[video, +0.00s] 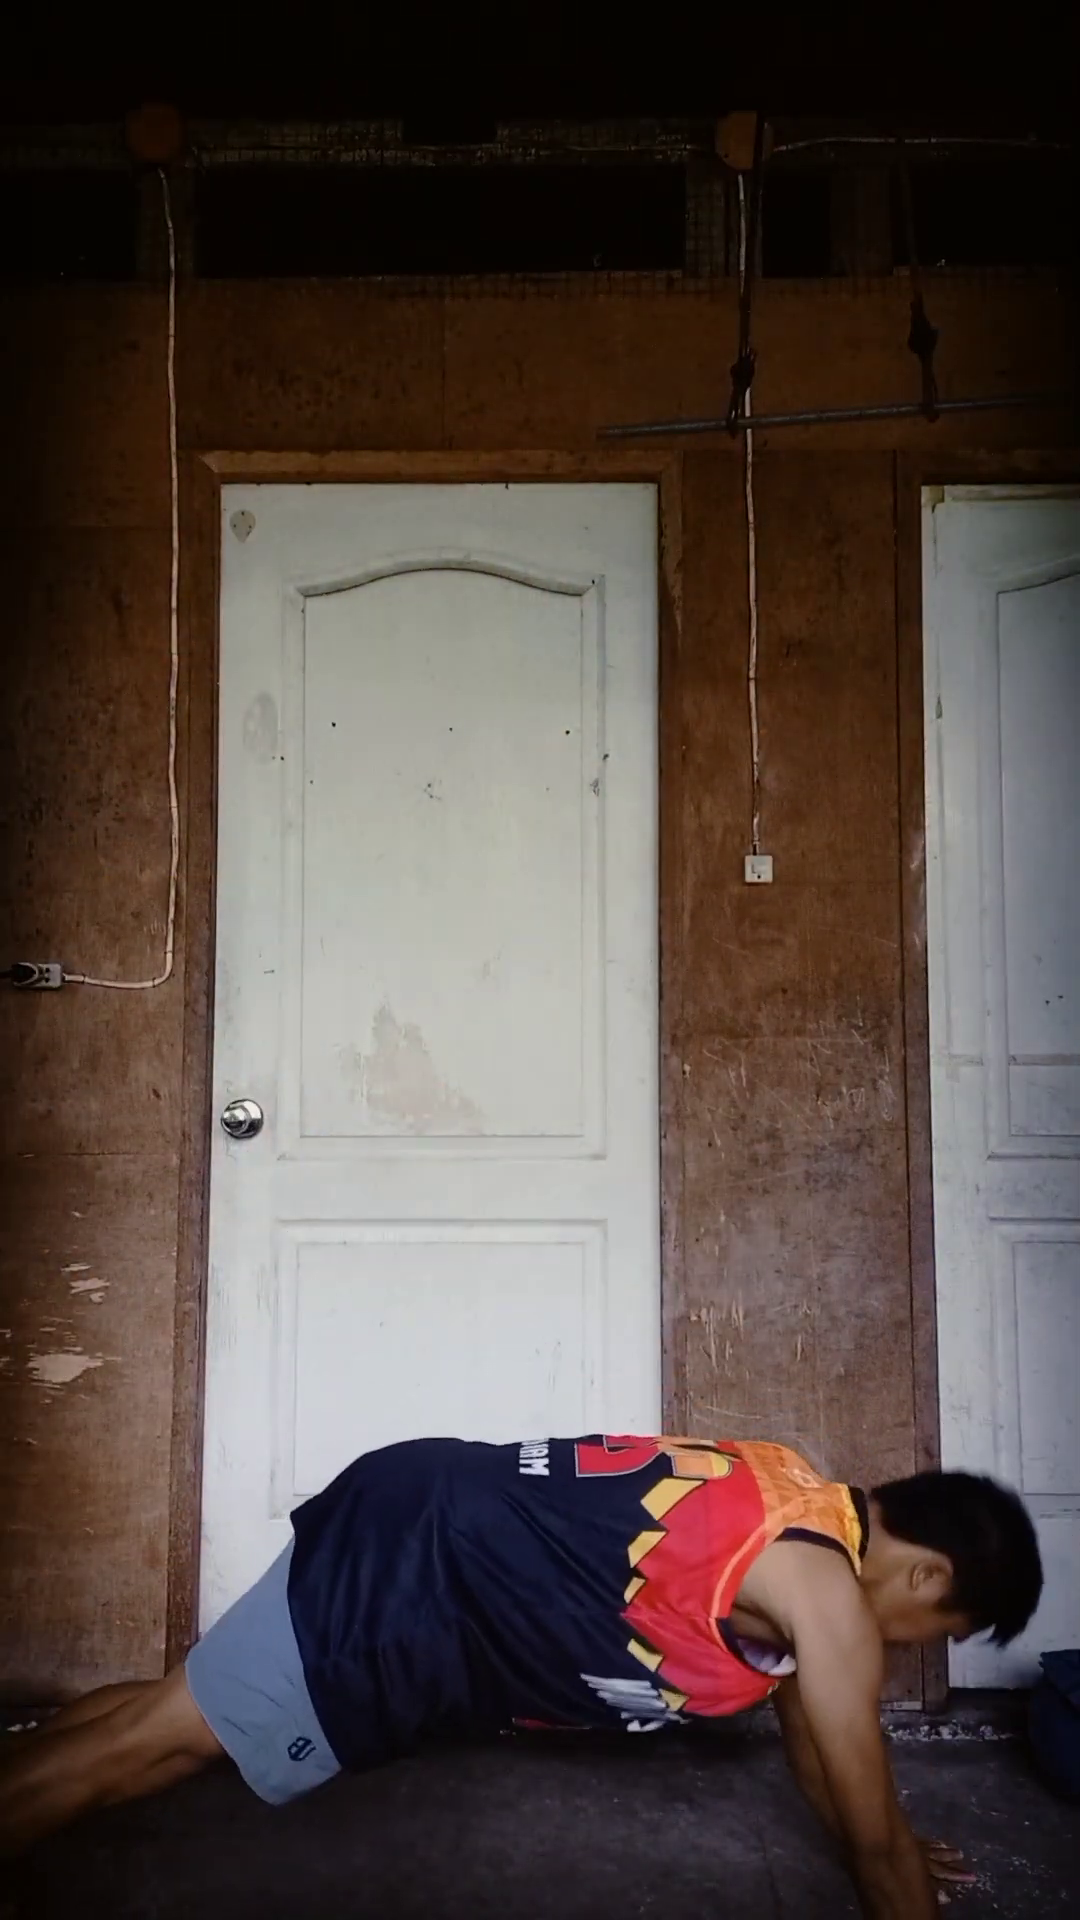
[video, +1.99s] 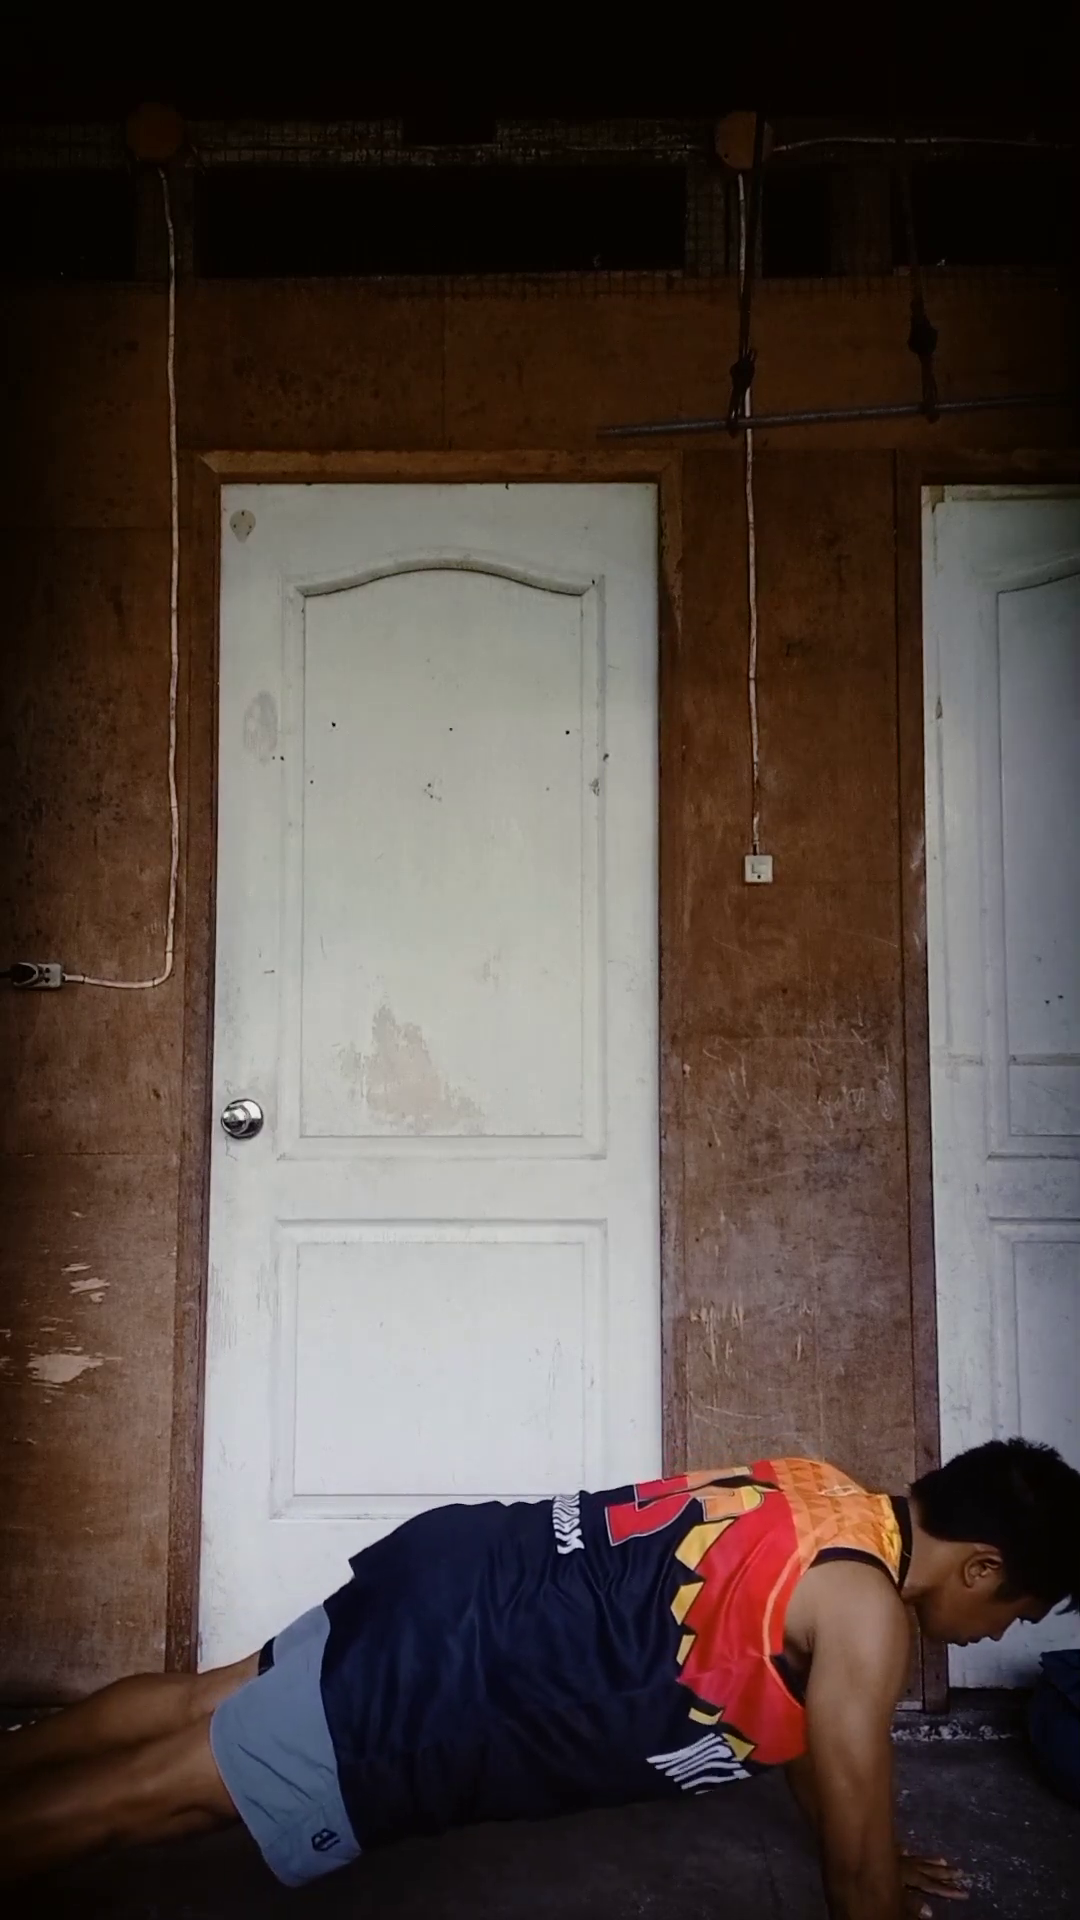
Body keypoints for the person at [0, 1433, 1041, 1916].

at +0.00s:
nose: (921, 1648)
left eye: (943, 1636)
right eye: (943, 1627)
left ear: (901, 1513)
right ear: (925, 1571)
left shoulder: (792, 1483)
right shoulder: (824, 1606)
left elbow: (808, 1720)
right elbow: (869, 1831)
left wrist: (882, 1836)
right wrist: (913, 1890)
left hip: (405, 1500)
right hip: (405, 1572)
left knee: (145, 1713)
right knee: (120, 1758)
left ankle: (35, 1763)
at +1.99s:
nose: (995, 1632)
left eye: (1017, 1615)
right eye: (1012, 1609)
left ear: (945, 1500)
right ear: (974, 1561)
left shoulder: (825, 1487)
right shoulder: (860, 1621)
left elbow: (798, 1705)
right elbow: (866, 1879)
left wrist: (866, 1847)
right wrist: (905, 1889)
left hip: (459, 1561)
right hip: (454, 1671)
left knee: (205, 1696)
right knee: (155, 1796)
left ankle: (4, 1766)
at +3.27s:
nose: (1059, 1742)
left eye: (1071, 1726)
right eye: (1071, 1721)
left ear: (1004, 1610)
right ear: (1055, 1692)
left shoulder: (884, 1588)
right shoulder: (932, 1728)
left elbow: (755, 1725)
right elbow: (834, 1906)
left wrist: (867, 1844)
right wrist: (904, 1885)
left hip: (520, 1651)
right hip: (511, 1778)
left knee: (228, 1747)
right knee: (185, 1853)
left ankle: (11, 1759)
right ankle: (11, 1860)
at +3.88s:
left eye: (1033, 1683)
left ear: (1040, 1690)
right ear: (1076, 1758)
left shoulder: (957, 1719)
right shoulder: (1015, 1828)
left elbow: (799, 1684)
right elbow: (855, 1901)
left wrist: (873, 1770)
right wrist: (886, 1791)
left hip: (588, 1729)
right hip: (589, 1843)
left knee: (310, 1782)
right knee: (269, 1882)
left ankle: (53, 1757)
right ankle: (37, 1878)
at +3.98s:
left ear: (1046, 1682)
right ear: (1073, 1754)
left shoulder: (945, 1682)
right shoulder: (1002, 1807)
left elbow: (771, 1717)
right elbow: (850, 1901)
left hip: (586, 1703)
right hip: (577, 1834)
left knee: (301, 1761)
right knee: (260, 1868)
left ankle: (46, 1756)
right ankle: (34, 1873)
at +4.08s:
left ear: (1043, 1637)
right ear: (1079, 1714)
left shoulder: (924, 1622)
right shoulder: (992, 1766)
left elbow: (781, 1698)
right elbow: (845, 1897)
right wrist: (947, 1886)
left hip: (577, 1678)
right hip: (569, 1812)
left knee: (295, 1754)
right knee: (238, 1866)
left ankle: (42, 1761)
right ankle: (30, 1867)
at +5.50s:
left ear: (1042, 1652)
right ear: (1078, 1729)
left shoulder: (919, 1637)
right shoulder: (966, 1769)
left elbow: (772, 1711)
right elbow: (844, 1900)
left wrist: (910, 1842)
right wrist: (947, 1879)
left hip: (558, 1690)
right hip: (537, 1815)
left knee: (283, 1762)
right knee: (222, 1869)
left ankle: (26, 1759)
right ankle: (20, 1863)